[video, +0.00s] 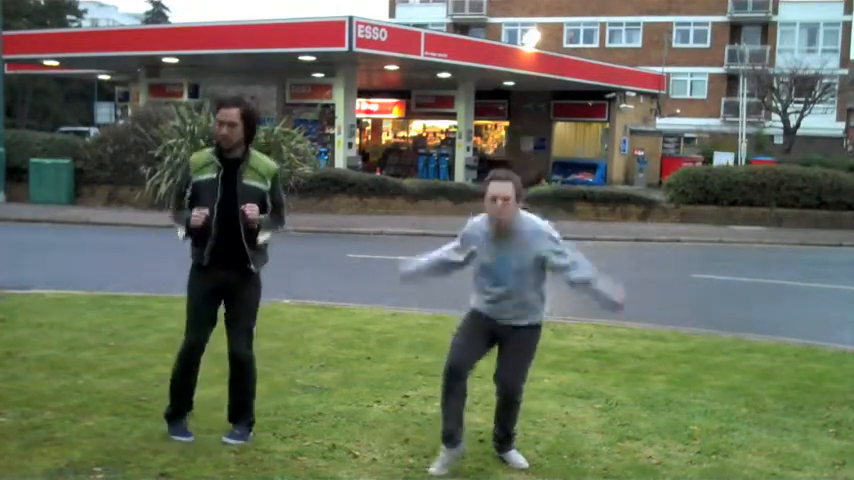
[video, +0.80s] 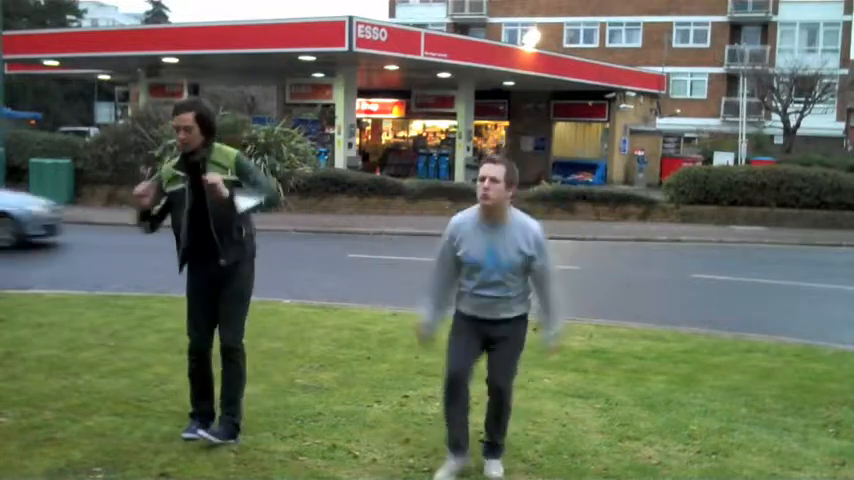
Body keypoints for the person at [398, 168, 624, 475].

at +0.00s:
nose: (499, 206)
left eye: (506, 200)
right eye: (493, 200)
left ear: (519, 202)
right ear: (485, 201)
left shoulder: (538, 233)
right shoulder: (477, 229)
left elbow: (572, 266)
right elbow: (452, 256)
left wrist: (605, 292)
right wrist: (415, 267)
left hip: (524, 322)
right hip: (484, 315)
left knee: (510, 385)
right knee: (454, 368)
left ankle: (504, 447)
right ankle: (451, 446)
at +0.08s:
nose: (508, 187)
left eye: (515, 183)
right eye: (503, 181)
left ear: (525, 191)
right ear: (492, 188)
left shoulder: (542, 228)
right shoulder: (477, 224)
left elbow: (568, 271)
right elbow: (447, 258)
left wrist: (604, 303)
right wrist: (409, 270)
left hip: (524, 326)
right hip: (481, 321)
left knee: (514, 392)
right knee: (457, 378)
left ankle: (505, 447)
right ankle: (456, 450)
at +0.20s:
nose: (511, 151)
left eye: (518, 147)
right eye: (506, 145)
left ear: (529, 156)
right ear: (496, 152)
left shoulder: (544, 193)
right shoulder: (480, 190)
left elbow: (578, 221)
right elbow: (447, 214)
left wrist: (609, 220)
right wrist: (416, 190)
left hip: (523, 300)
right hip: (481, 291)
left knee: (519, 375)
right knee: (447, 339)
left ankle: (508, 443)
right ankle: (449, 413)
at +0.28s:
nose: (511, 137)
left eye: (518, 132)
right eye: (505, 130)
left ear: (529, 141)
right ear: (495, 137)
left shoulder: (542, 177)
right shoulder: (477, 173)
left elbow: (580, 199)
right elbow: (442, 191)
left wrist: (601, 183)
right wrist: (421, 164)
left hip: (521, 284)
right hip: (481, 274)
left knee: (517, 368)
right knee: (450, 317)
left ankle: (512, 441)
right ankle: (457, 391)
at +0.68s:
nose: (493, 169)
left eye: (501, 164)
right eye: (489, 163)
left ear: (515, 173)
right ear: (482, 169)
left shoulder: (534, 203)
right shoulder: (468, 197)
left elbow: (581, 216)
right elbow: (425, 198)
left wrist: (625, 222)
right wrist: (387, 184)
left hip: (514, 300)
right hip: (472, 293)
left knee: (512, 376)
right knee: (441, 338)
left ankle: (499, 443)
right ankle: (458, 411)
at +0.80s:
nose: (485, 186)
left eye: (493, 181)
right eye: (481, 180)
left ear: (510, 191)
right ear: (476, 185)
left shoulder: (529, 231)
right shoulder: (460, 225)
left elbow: (544, 282)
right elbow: (443, 275)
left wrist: (551, 326)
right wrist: (431, 317)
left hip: (511, 321)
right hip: (467, 317)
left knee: (500, 386)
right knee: (455, 377)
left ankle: (493, 454)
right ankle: (457, 454)